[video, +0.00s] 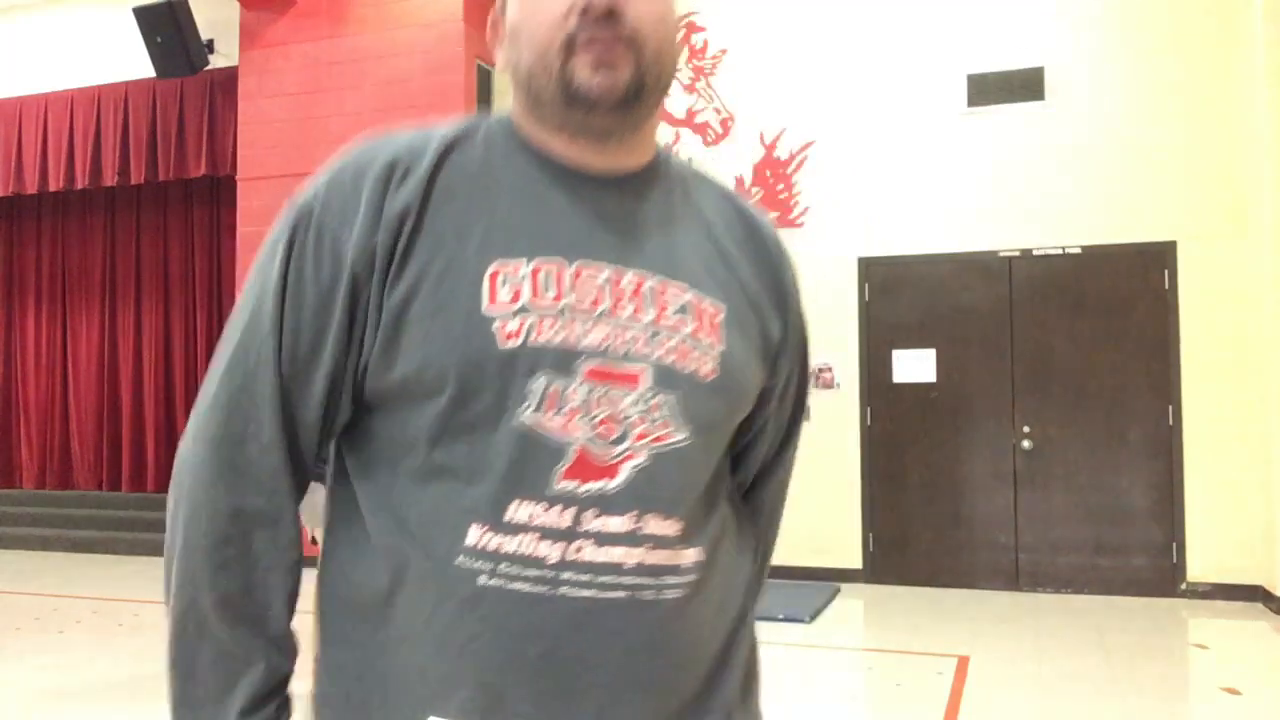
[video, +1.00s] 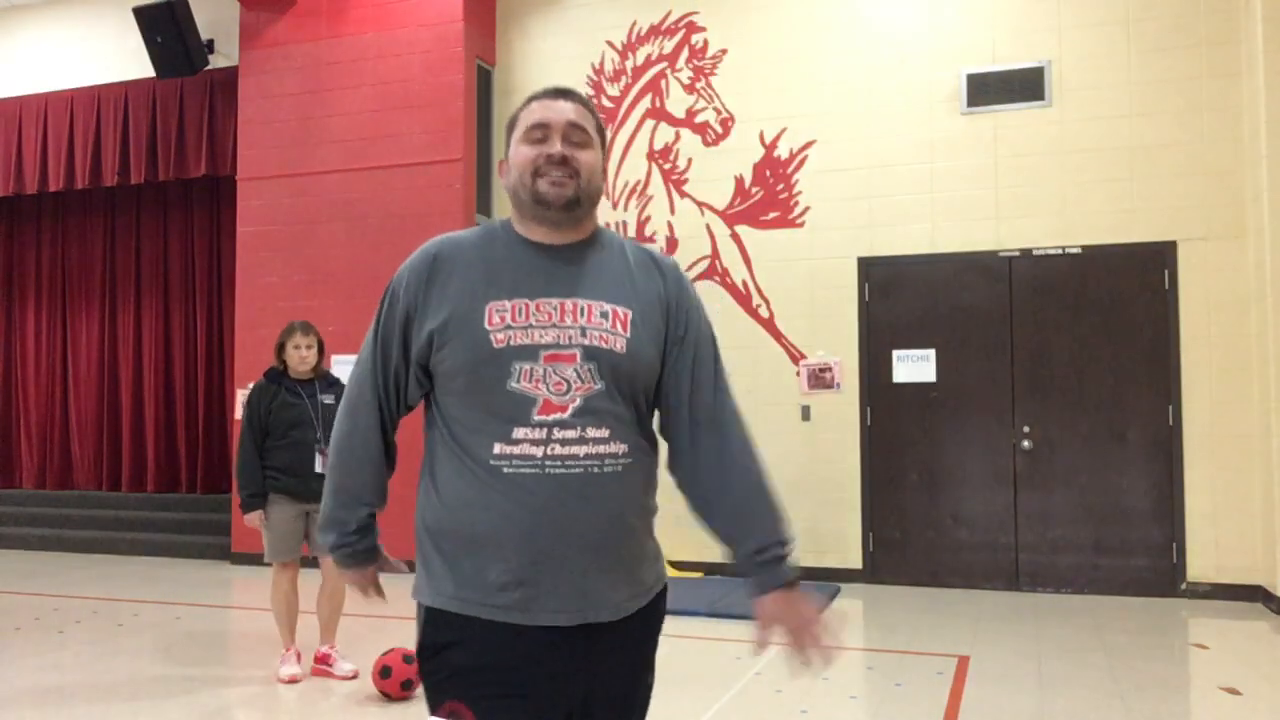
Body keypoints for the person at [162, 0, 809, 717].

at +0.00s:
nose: (601, 4)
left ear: (680, 27)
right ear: (498, 29)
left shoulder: (752, 256)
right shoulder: (376, 198)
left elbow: (744, 532)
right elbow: (228, 478)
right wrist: (240, 706)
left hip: (680, 704)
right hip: (410, 697)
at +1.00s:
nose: (557, 149)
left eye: (578, 138)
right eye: (537, 136)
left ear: (605, 168)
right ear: (505, 166)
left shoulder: (656, 282)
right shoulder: (437, 273)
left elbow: (708, 431)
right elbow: (368, 408)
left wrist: (771, 571)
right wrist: (349, 532)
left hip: (617, 613)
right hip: (477, 611)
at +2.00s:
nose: (502, 173)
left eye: (519, 162)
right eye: (483, 161)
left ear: (541, 187)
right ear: (456, 187)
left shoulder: (592, 283)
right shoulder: (404, 279)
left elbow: (641, 393)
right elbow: (367, 406)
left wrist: (560, 375)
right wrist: (473, 415)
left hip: (567, 577)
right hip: (435, 578)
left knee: (567, 712)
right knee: (434, 712)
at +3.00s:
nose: (431, 154)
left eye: (451, 148)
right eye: (413, 139)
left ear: (472, 178)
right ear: (377, 161)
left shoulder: (515, 277)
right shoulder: (306, 270)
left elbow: (565, 401)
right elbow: (218, 392)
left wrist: (608, 435)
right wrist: (329, 403)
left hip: (497, 597)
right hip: (345, 603)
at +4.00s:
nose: (573, 121)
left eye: (598, 117)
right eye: (555, 108)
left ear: (624, 156)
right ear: (520, 138)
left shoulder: (668, 264)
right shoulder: (444, 248)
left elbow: (728, 421)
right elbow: (351, 378)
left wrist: (741, 375)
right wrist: (443, 396)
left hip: (627, 619)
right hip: (468, 617)